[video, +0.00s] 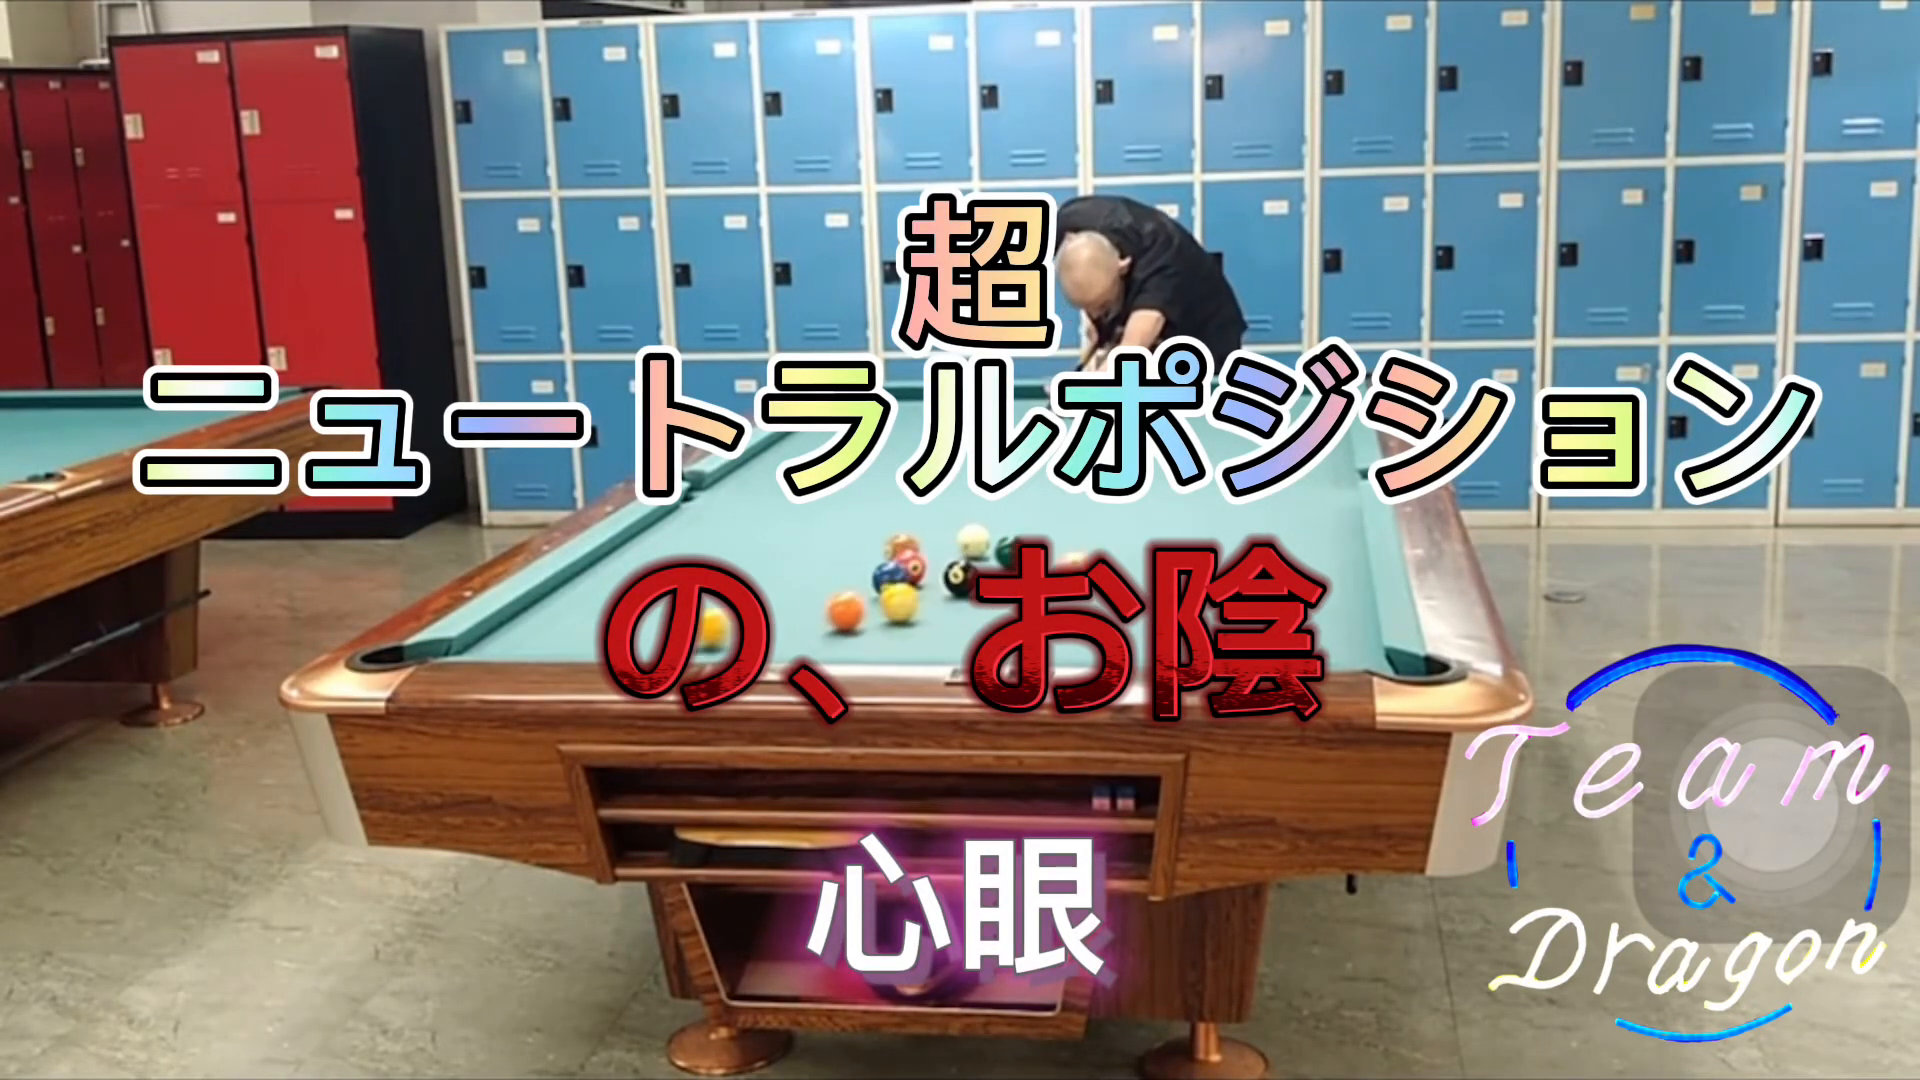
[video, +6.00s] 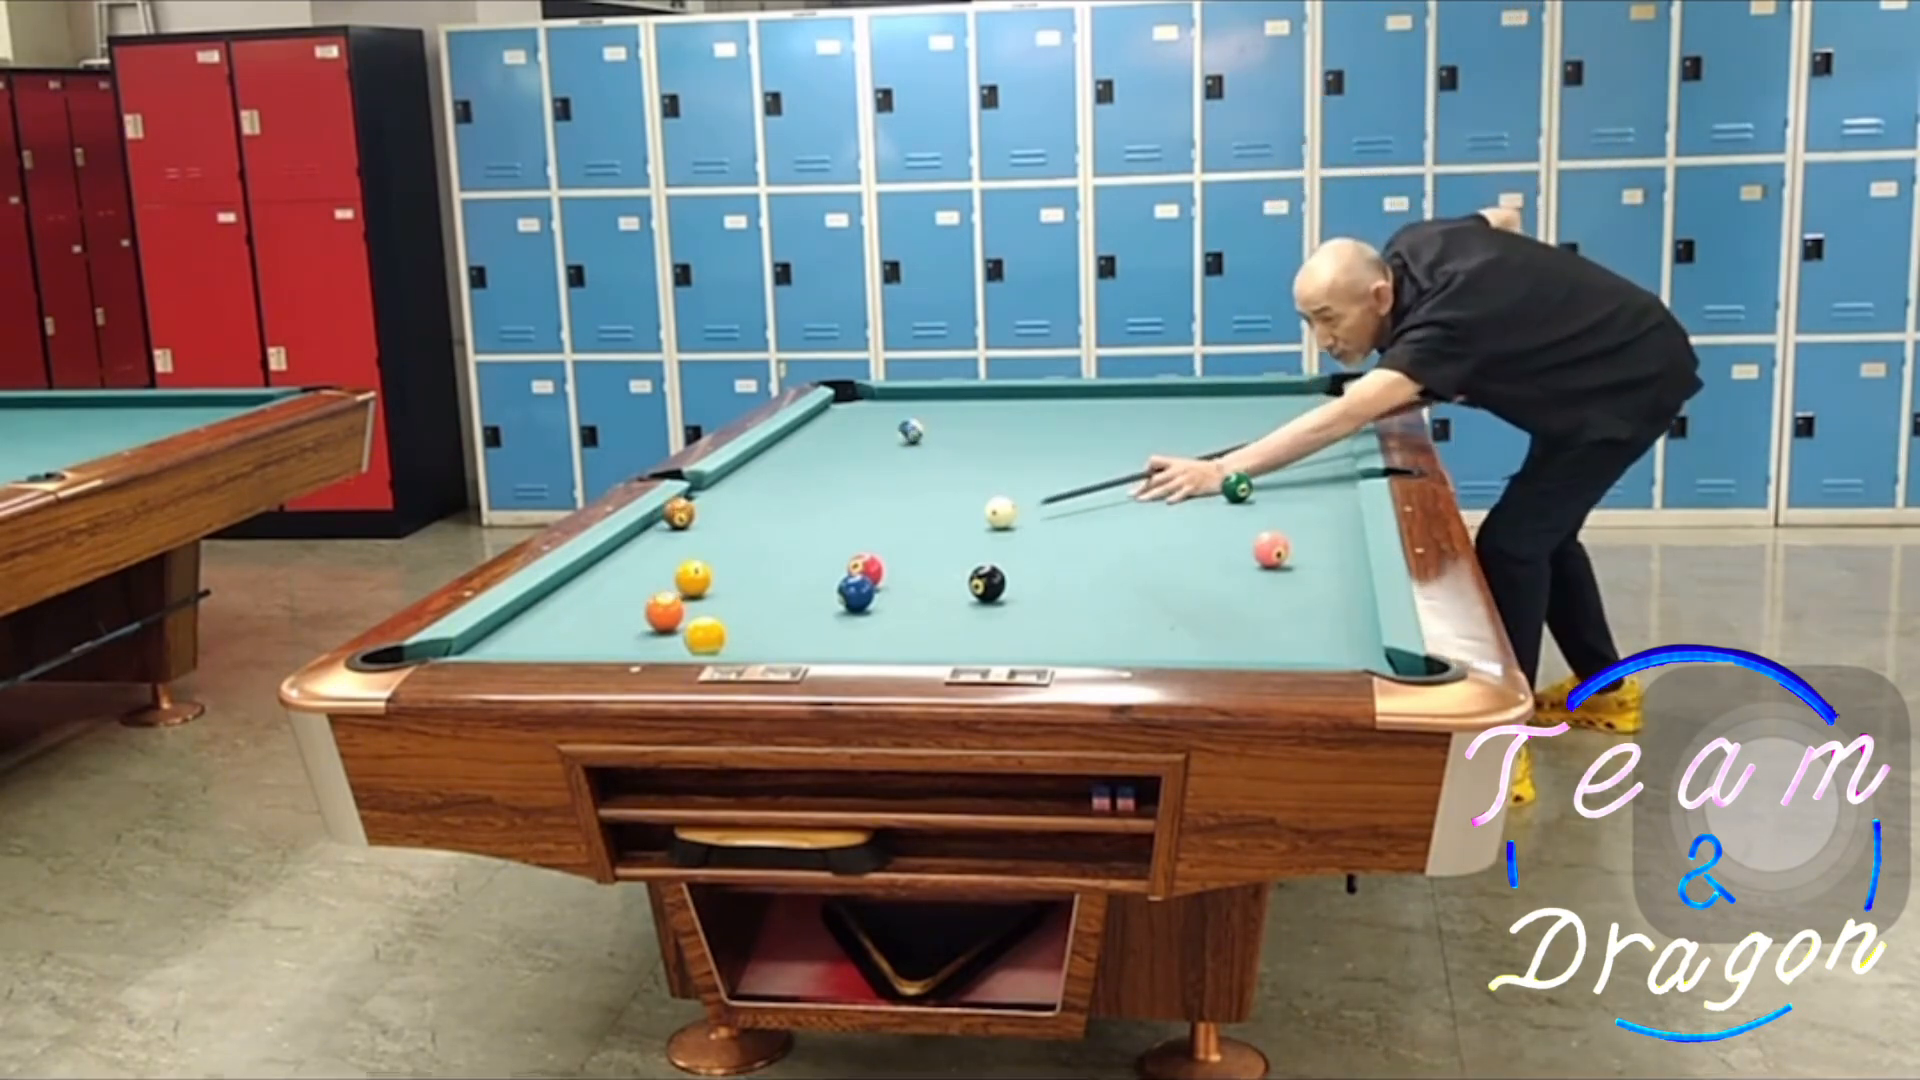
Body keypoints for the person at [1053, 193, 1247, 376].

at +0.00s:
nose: (1096, 318)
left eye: (1105, 306)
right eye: (1085, 309)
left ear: (1123, 267)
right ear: (1064, 269)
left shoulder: (1161, 256)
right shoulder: (1065, 223)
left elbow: (1131, 350)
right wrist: (1092, 323)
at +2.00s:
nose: (1223, 36)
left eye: (1238, 20)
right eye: (1215, 22)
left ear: (1274, 25)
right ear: (1208, 30)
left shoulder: (1307, 90)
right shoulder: (1241, 95)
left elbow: (1303, 207)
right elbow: (1245, 198)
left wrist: (1274, 312)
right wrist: (1229, 272)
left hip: (1302, 294)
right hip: (1255, 289)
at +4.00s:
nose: (1393, 47)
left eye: (1406, 26)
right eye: (1381, 33)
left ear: (1454, 18)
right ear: (1374, 38)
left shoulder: (1515, 93)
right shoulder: (1407, 108)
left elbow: (1532, 235)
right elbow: (1424, 223)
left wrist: (1447, 338)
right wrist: (1408, 309)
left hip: (1512, 335)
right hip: (1444, 336)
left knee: (1494, 504)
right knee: (1447, 500)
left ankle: (1507, 658)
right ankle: (1454, 651)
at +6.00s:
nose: (1319, 335)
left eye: (1327, 319)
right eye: (1310, 320)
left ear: (1381, 296)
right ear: (1372, 284)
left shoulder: (1441, 326)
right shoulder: (1417, 244)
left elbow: (1344, 415)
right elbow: (1500, 223)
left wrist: (1221, 469)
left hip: (1636, 374)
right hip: (1628, 347)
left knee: (1509, 542)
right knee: (1545, 531)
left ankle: (1509, 710)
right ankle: (1607, 691)